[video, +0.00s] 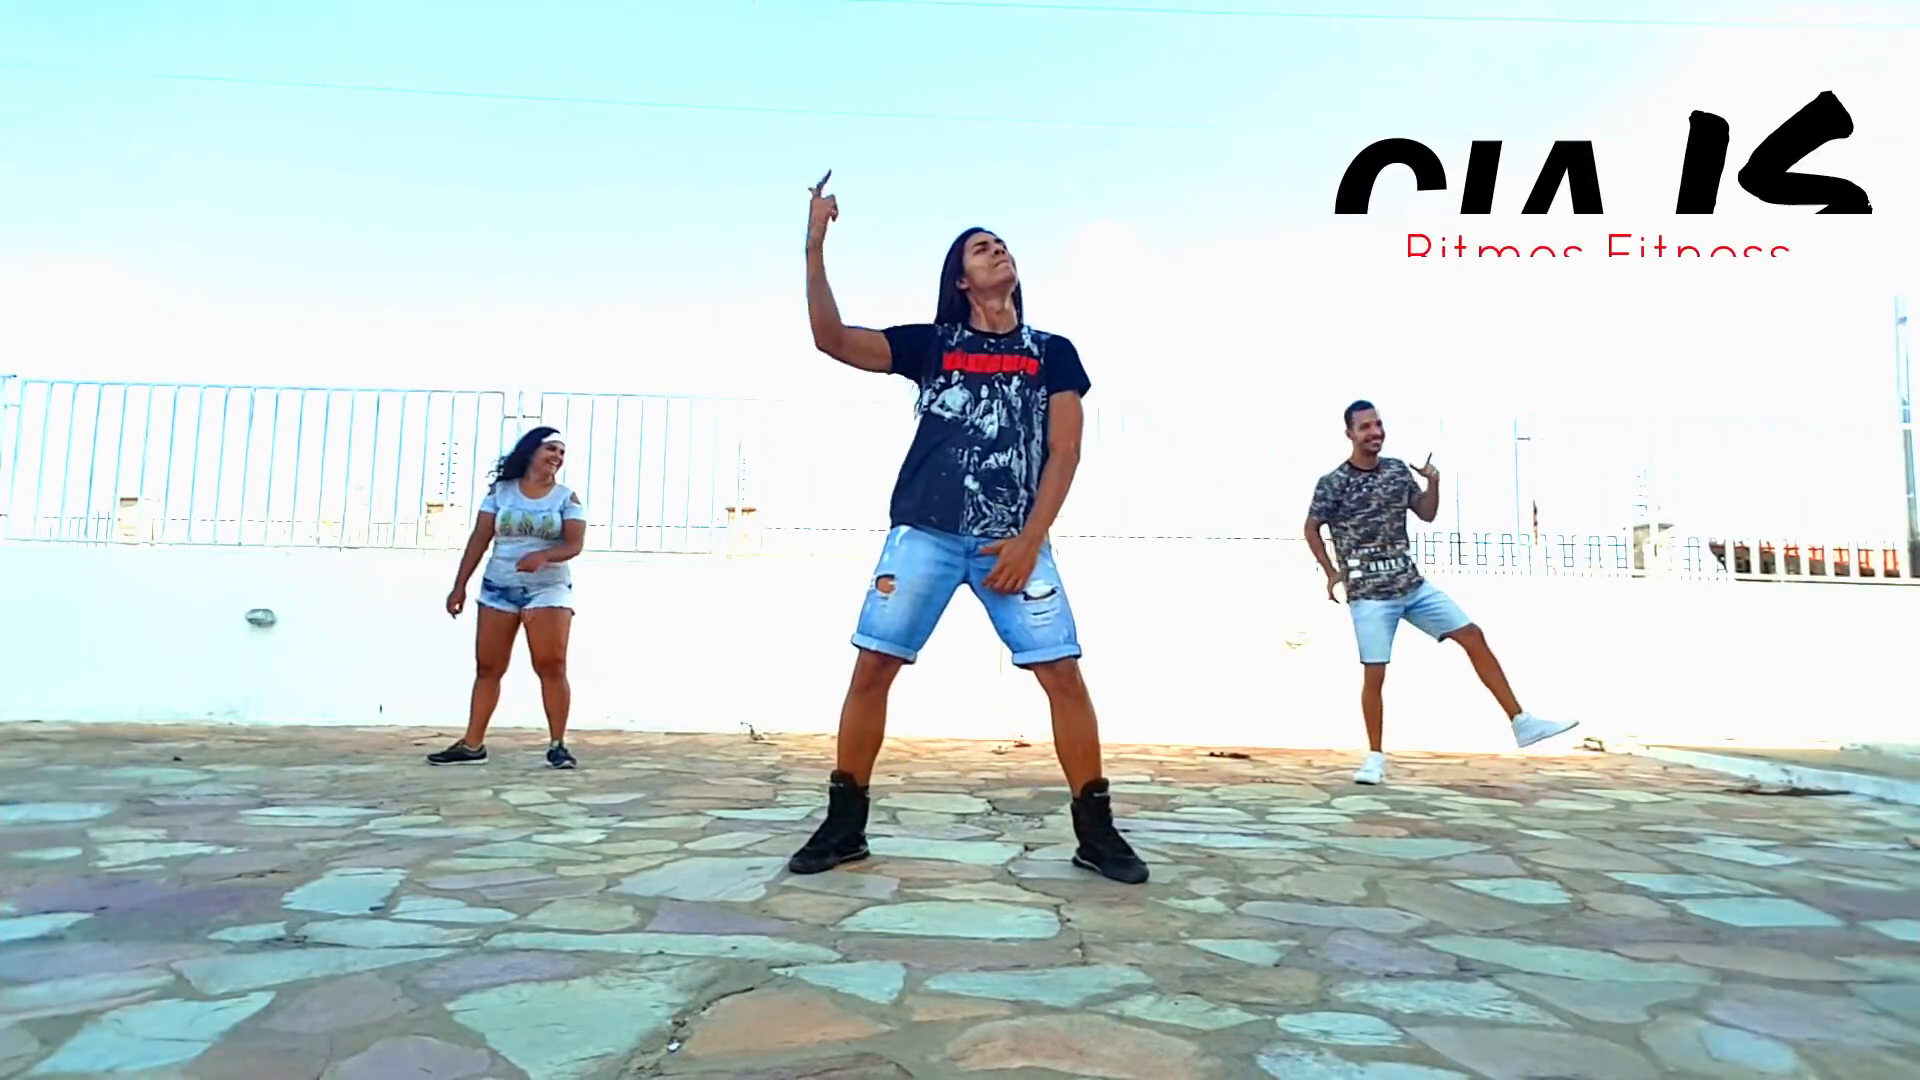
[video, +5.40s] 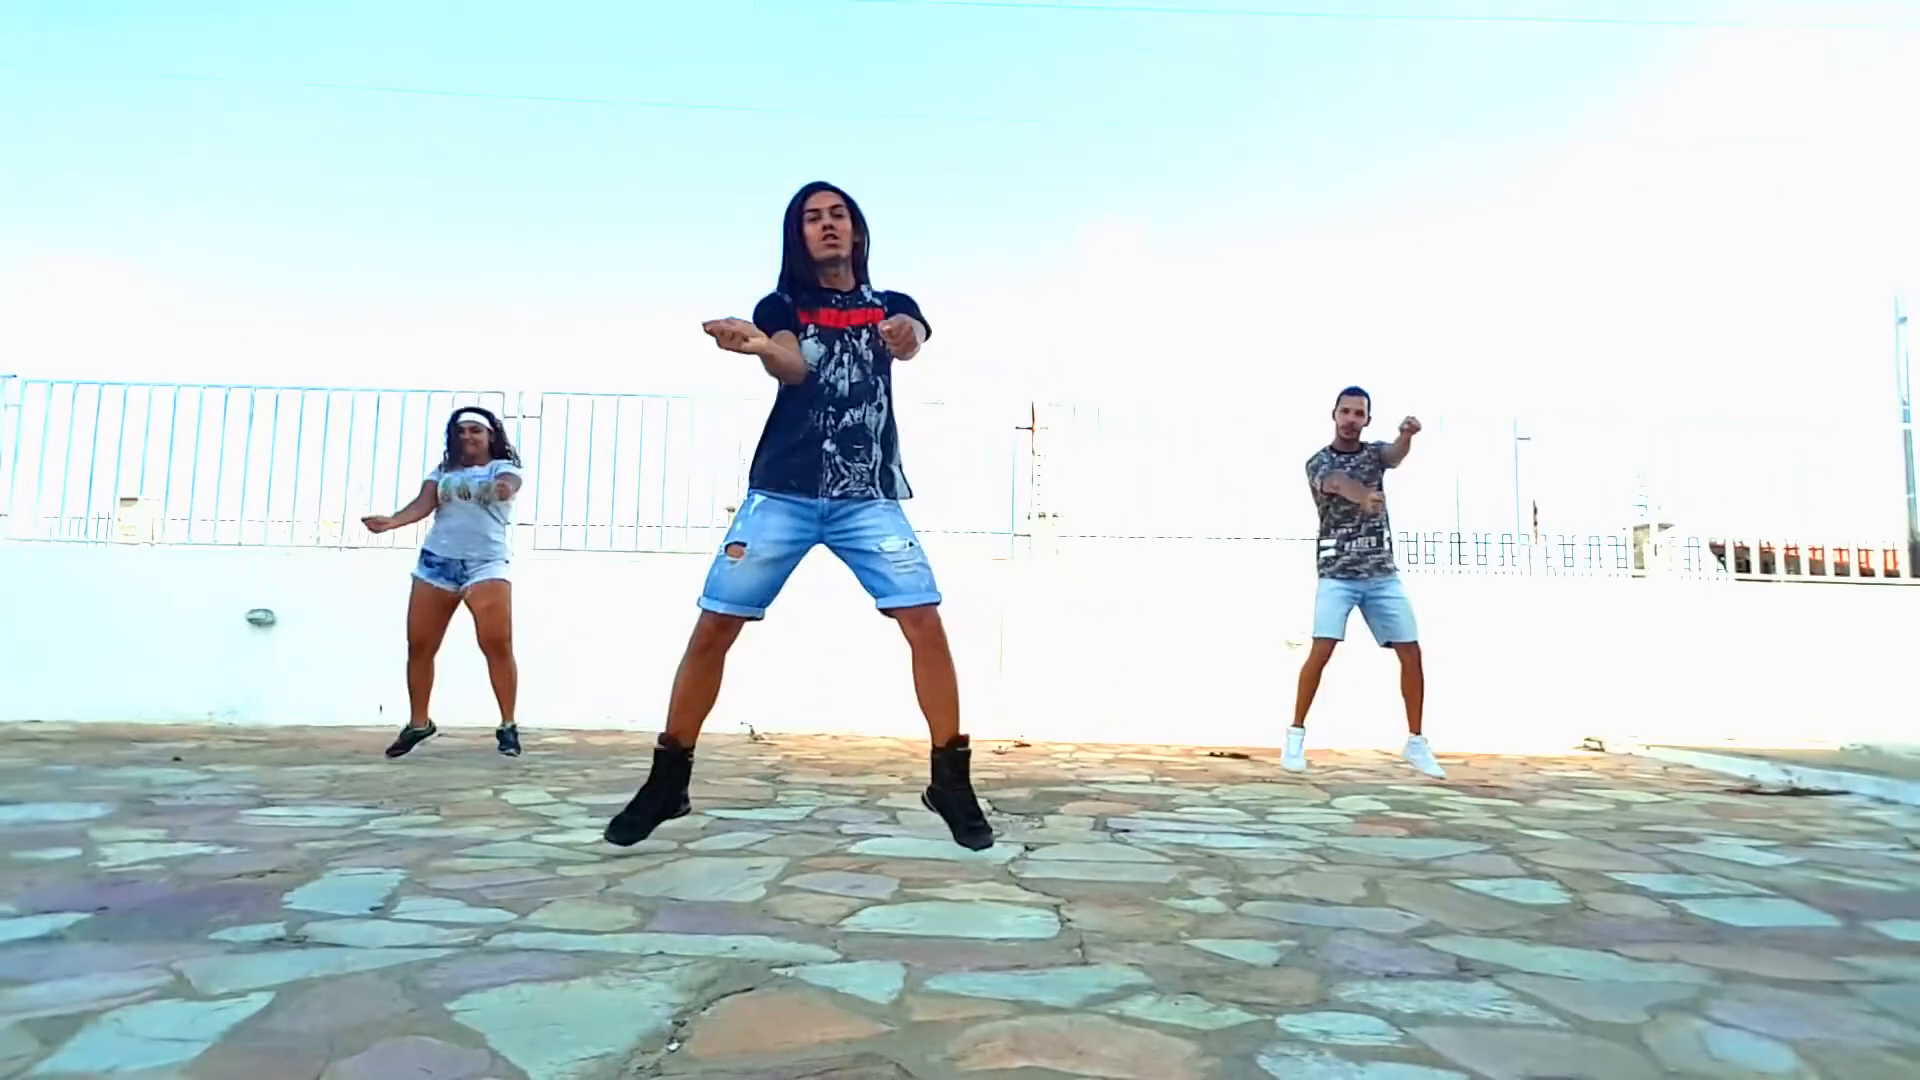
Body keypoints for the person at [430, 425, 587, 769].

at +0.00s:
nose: (556, 456)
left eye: (561, 452)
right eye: (550, 448)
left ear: (563, 460)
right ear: (530, 451)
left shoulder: (567, 498)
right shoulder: (501, 491)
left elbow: (574, 545)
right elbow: (480, 538)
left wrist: (545, 556)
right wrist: (460, 584)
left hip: (547, 591)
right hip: (499, 589)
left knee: (551, 666)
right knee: (488, 668)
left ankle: (557, 744)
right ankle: (472, 743)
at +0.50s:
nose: (550, 454)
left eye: (557, 451)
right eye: (544, 449)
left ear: (564, 460)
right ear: (528, 455)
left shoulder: (571, 500)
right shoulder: (506, 492)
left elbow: (580, 545)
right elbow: (489, 533)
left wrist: (581, 584)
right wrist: (481, 568)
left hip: (550, 589)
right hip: (501, 587)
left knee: (554, 668)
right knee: (487, 667)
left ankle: (559, 743)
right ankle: (472, 743)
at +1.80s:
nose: (543, 464)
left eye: (551, 458)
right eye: (538, 457)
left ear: (570, 462)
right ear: (533, 460)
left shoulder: (584, 504)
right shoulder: (518, 495)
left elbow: (587, 554)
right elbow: (497, 541)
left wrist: (551, 563)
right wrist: (475, 583)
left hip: (558, 591)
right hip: (513, 588)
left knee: (558, 667)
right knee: (492, 667)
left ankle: (558, 745)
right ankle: (472, 743)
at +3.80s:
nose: (527, 459)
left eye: (535, 454)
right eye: (520, 454)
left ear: (550, 462)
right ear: (513, 463)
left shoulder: (561, 496)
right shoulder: (500, 497)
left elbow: (564, 513)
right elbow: (486, 523)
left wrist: (553, 517)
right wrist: (489, 536)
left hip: (543, 589)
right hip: (494, 586)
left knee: (553, 668)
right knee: (479, 666)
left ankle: (558, 744)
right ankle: (471, 744)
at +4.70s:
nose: (531, 454)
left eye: (537, 449)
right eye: (523, 449)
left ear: (545, 459)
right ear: (510, 458)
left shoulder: (555, 495)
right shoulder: (493, 497)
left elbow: (565, 516)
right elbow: (470, 534)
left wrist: (561, 525)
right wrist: (449, 562)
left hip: (539, 588)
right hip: (489, 587)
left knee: (551, 669)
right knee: (471, 668)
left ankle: (556, 744)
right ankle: (471, 744)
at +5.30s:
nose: (489, 446)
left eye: (497, 440)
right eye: (483, 439)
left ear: (508, 448)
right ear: (472, 445)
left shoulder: (512, 483)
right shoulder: (449, 481)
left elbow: (520, 499)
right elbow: (433, 510)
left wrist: (517, 506)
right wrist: (426, 526)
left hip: (501, 570)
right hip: (453, 569)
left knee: (523, 648)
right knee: (434, 655)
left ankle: (544, 724)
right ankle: (438, 730)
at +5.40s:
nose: (468, 435)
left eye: (476, 430)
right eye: (462, 430)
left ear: (491, 436)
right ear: (454, 438)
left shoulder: (505, 467)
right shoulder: (442, 472)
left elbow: (507, 482)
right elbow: (422, 505)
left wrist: (502, 488)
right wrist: (390, 522)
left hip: (487, 565)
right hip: (437, 564)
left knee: (497, 643)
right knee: (419, 646)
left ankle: (507, 725)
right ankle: (419, 723)